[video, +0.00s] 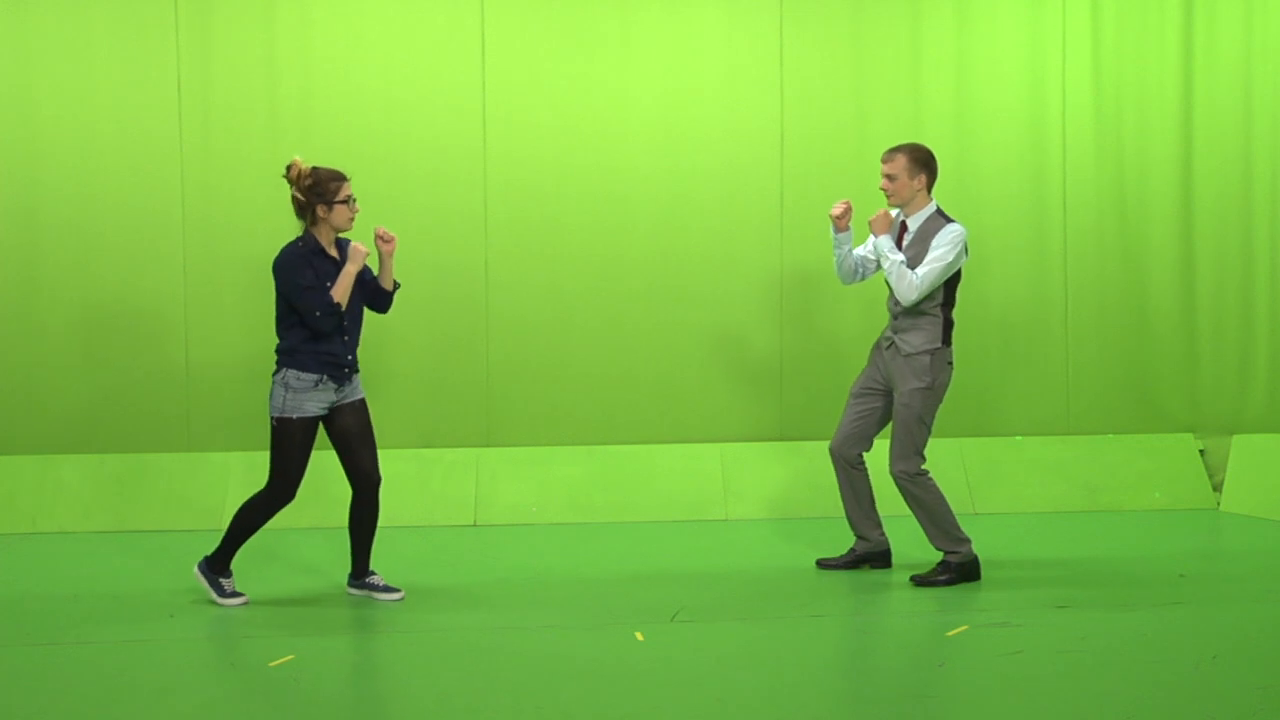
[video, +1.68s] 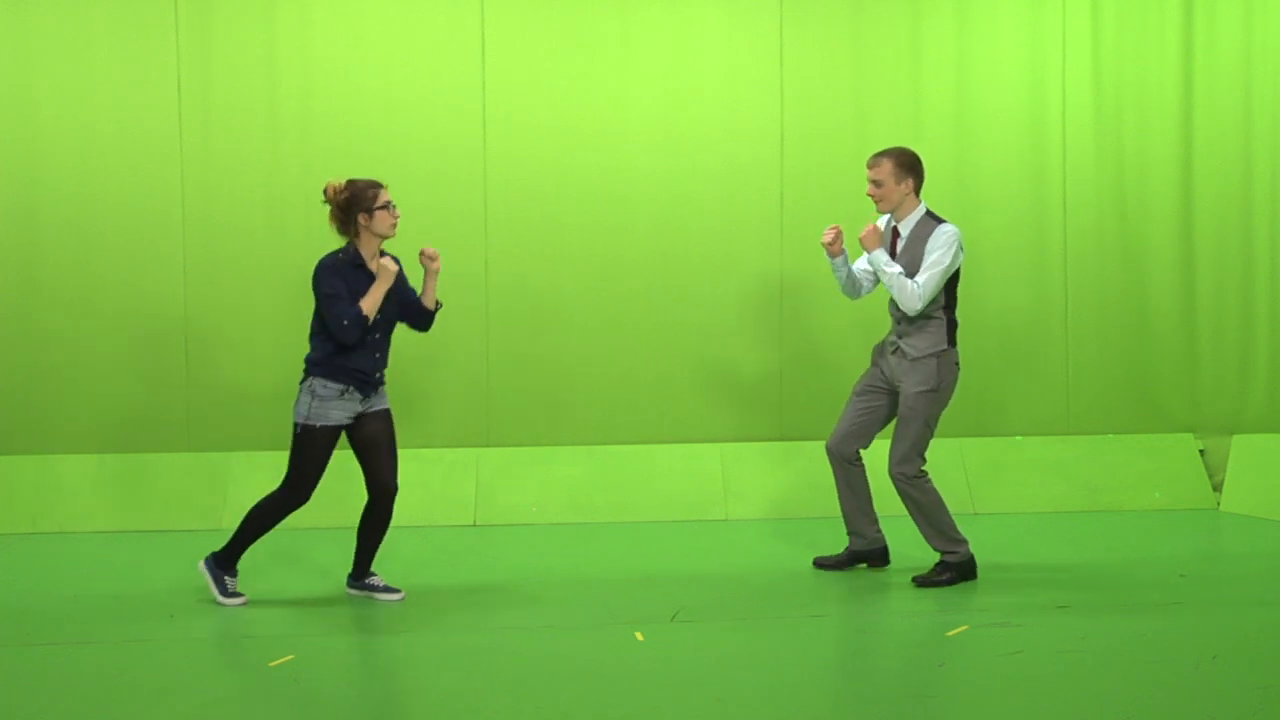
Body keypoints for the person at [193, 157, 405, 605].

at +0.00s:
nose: (355, 207)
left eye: (353, 199)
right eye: (347, 201)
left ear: (330, 210)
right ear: (321, 211)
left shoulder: (345, 256)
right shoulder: (292, 259)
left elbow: (380, 303)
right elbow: (323, 319)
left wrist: (386, 259)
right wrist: (353, 266)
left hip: (344, 383)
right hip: (298, 384)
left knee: (368, 481)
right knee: (282, 489)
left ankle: (360, 574)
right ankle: (215, 565)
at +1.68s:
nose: (396, 214)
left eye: (394, 206)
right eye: (387, 209)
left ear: (377, 217)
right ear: (362, 219)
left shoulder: (388, 267)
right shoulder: (332, 269)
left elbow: (421, 321)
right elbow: (347, 330)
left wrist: (431, 276)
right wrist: (382, 283)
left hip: (370, 393)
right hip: (325, 391)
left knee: (385, 489)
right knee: (296, 492)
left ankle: (361, 574)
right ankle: (223, 562)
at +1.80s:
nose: (408, 179)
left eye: (406, 172)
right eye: (400, 174)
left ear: (389, 183)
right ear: (375, 183)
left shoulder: (406, 234)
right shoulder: (346, 234)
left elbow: (446, 276)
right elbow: (361, 292)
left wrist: (444, 229)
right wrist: (398, 244)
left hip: (401, 360)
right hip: (356, 359)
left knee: (410, 461)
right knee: (333, 462)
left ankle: (379, 555)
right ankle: (273, 541)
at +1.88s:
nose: (423, 171)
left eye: (421, 162)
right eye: (413, 165)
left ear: (405, 173)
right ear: (388, 175)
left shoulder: (416, 221)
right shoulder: (360, 225)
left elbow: (456, 271)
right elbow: (384, 278)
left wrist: (461, 223)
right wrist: (415, 230)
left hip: (416, 347)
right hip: (370, 349)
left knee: (440, 447)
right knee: (359, 458)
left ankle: (417, 540)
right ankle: (315, 548)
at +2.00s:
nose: (446, 187)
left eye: (444, 180)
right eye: (436, 181)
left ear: (426, 190)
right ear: (412, 191)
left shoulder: (436, 238)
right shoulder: (384, 241)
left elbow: (475, 293)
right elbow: (422, 290)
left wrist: (489, 250)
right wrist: (441, 240)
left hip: (440, 361)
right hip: (395, 365)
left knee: (473, 459)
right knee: (391, 474)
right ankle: (337, 558)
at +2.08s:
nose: (464, 210)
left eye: (461, 203)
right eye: (454, 205)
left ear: (437, 215)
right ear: (429, 216)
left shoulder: (448, 263)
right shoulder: (403, 265)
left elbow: (487, 319)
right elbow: (439, 317)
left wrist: (505, 275)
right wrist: (461, 266)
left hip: (461, 384)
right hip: (417, 387)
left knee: (497, 477)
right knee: (404, 497)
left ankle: (499, 570)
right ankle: (333, 561)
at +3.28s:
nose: (448, 219)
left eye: (455, 210)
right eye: (438, 214)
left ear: (468, 215)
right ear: (426, 222)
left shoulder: (479, 265)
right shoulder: (411, 266)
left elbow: (498, 330)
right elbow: (416, 330)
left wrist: (492, 286)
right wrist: (446, 286)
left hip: (454, 382)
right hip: (405, 380)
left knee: (491, 480)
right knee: (382, 489)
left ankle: (497, 570)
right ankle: (324, 569)